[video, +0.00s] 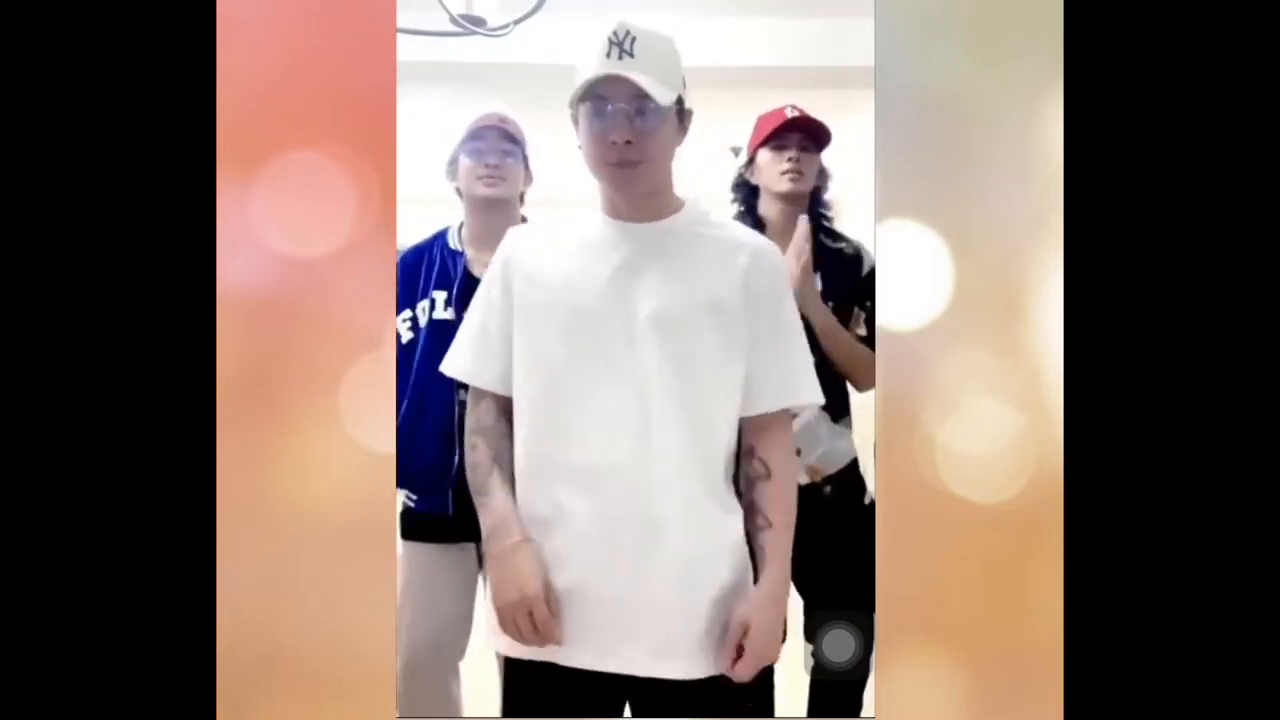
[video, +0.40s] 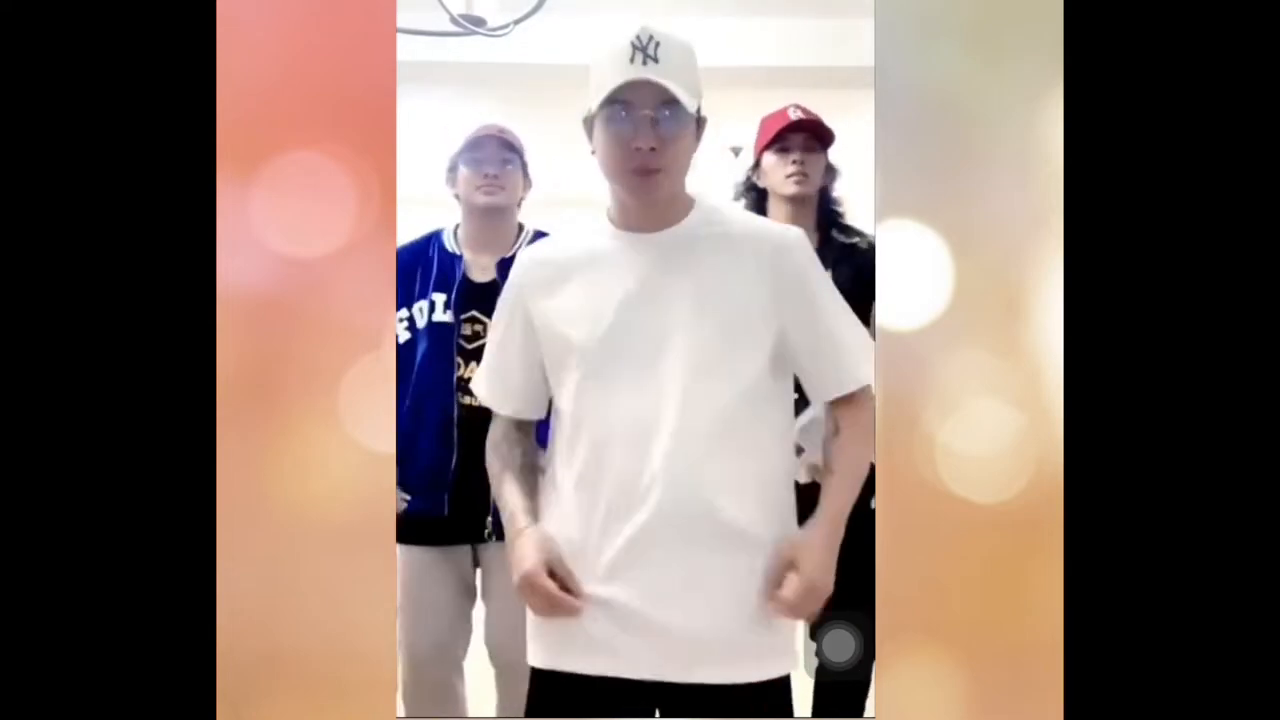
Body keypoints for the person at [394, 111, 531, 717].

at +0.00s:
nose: (492, 161)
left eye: (507, 153)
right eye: (477, 151)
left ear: (528, 179)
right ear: (454, 173)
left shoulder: (551, 266)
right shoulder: (412, 269)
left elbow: (573, 380)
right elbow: (380, 379)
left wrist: (560, 480)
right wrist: (385, 481)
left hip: (529, 498)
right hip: (434, 497)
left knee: (530, 668)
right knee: (424, 663)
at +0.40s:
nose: (491, 170)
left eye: (506, 161)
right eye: (477, 161)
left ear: (527, 183)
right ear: (452, 181)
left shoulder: (554, 264)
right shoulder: (404, 266)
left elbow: (579, 381)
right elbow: (369, 380)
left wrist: (565, 482)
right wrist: (378, 481)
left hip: (523, 503)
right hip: (426, 505)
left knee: (520, 661)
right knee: (427, 667)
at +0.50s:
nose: (490, 167)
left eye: (504, 158)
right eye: (475, 158)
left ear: (525, 181)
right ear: (451, 178)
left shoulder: (555, 261)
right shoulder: (402, 260)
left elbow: (580, 372)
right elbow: (348, 347)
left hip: (521, 504)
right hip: (424, 505)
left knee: (518, 661)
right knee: (425, 667)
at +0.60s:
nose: (488, 165)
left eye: (502, 156)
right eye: (475, 156)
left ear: (525, 175)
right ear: (451, 173)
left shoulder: (543, 255)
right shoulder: (411, 249)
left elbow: (571, 341)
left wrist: (523, 256)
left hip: (515, 489)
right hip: (424, 489)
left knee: (511, 651)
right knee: (428, 656)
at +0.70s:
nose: (490, 179)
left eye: (504, 169)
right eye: (477, 169)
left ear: (526, 188)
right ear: (455, 185)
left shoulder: (546, 271)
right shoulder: (408, 265)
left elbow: (575, 375)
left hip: (516, 501)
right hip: (421, 498)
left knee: (516, 675)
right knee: (424, 675)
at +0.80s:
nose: (486, 189)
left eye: (499, 177)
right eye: (473, 178)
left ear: (522, 191)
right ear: (453, 193)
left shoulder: (544, 279)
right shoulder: (411, 272)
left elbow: (570, 381)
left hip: (517, 519)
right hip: (419, 519)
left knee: (511, 695)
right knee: (422, 691)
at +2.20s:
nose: (479, 173)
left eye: (492, 160)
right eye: (463, 164)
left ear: (515, 176)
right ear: (442, 185)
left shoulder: (551, 260)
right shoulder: (408, 270)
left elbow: (580, 369)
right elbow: (380, 380)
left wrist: (578, 479)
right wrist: (388, 480)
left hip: (526, 500)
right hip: (432, 501)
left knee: (522, 669)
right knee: (429, 669)